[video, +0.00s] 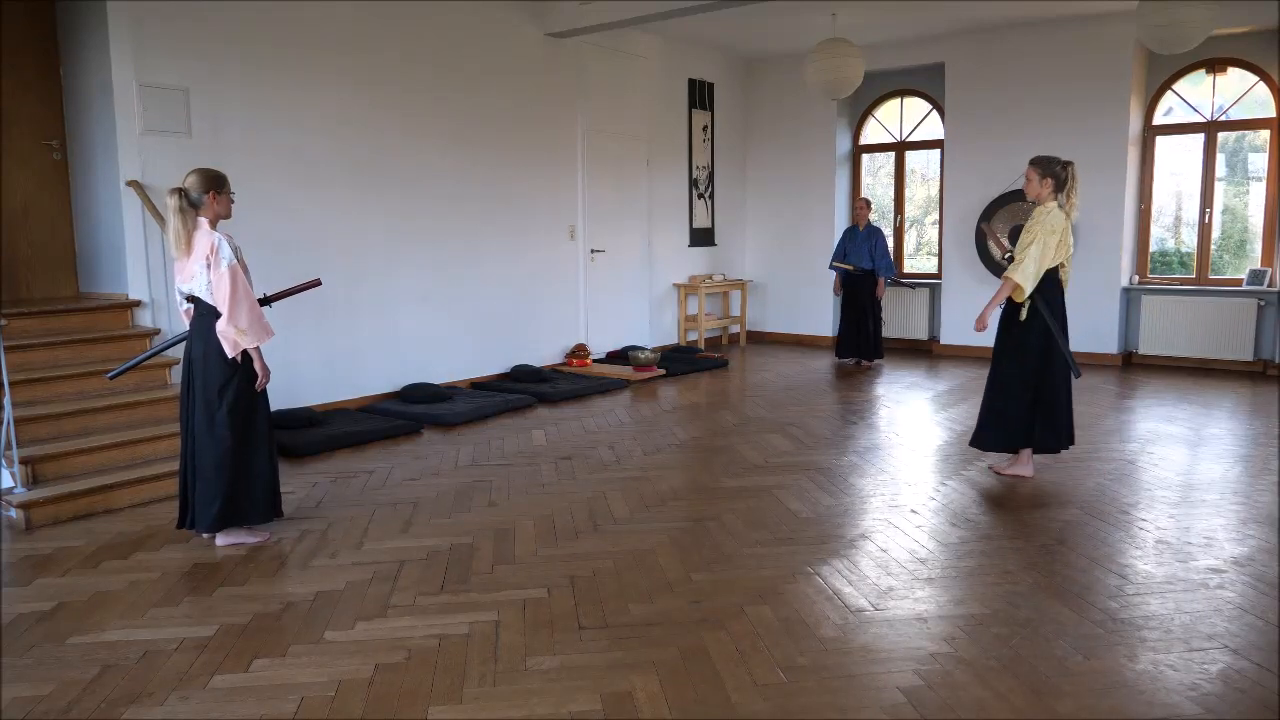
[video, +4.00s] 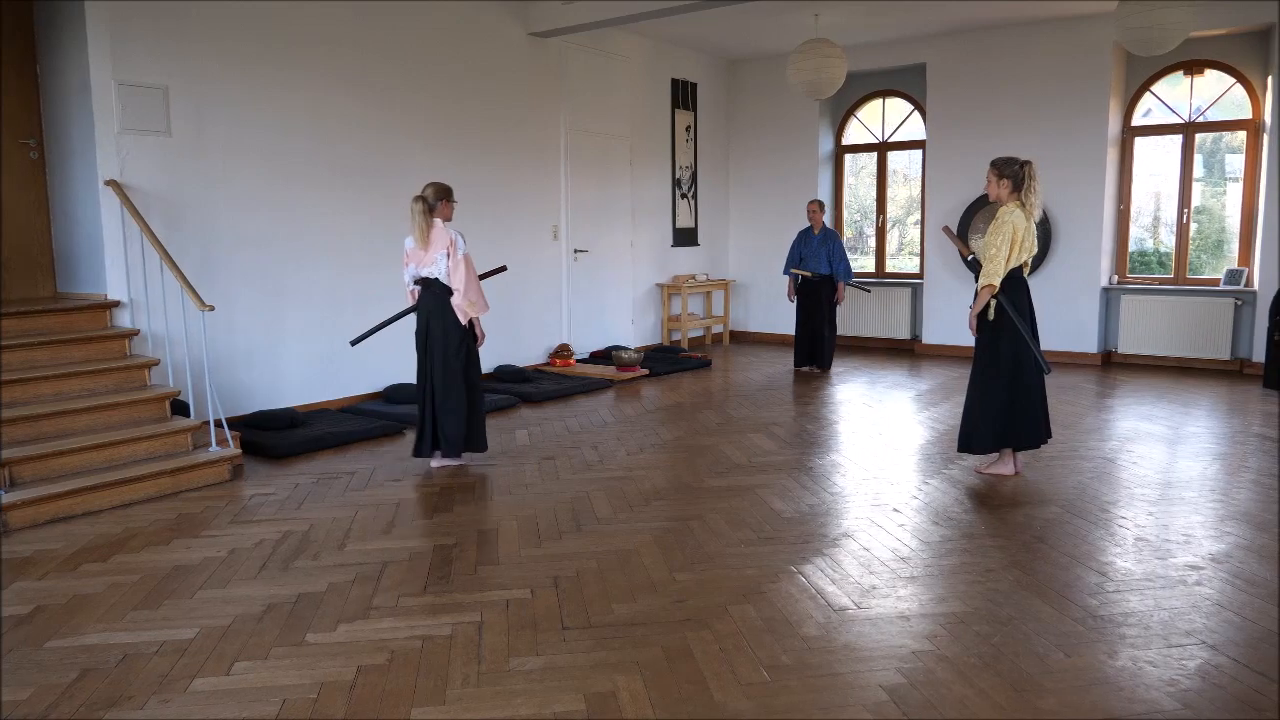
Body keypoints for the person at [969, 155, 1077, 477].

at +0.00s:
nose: (1024, 185)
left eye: (1028, 180)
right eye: (1025, 179)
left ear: (1047, 184)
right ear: (1048, 184)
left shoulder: (1046, 217)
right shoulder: (1056, 214)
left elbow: (1023, 266)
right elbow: (1046, 263)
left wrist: (989, 308)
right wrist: (1013, 255)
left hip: (1034, 303)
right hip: (1045, 301)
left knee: (1026, 376)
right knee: (1030, 375)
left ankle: (1024, 459)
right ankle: (1022, 454)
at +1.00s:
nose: (1015, 183)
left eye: (1019, 178)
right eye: (1017, 177)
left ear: (1033, 182)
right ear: (1038, 183)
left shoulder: (1033, 218)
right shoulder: (1050, 215)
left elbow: (1019, 269)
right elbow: (1021, 257)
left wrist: (999, 308)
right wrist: (989, 244)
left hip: (1027, 302)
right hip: (1041, 299)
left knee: (1024, 376)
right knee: (1033, 375)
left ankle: (1025, 459)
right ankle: (1027, 454)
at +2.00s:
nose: (1012, 185)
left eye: (1016, 179)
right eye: (1013, 179)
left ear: (1031, 182)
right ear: (1035, 182)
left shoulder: (1032, 217)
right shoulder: (1048, 214)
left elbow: (1021, 268)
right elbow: (1016, 254)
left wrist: (1001, 308)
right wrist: (987, 243)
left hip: (1028, 301)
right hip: (1041, 298)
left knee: (1025, 376)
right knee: (1033, 376)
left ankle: (1025, 459)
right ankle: (1025, 455)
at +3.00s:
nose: (1001, 185)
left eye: (1005, 181)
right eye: (1002, 180)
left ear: (1021, 183)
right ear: (1026, 183)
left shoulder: (1022, 217)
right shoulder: (1038, 215)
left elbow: (1011, 267)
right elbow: (1011, 258)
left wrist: (991, 307)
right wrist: (980, 246)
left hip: (1018, 301)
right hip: (1031, 297)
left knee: (1017, 375)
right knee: (1024, 375)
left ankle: (1019, 458)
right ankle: (1019, 455)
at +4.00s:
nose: (986, 186)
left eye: (990, 181)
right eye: (987, 181)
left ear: (1005, 184)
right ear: (1010, 184)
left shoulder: (1006, 217)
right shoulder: (1023, 216)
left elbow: (994, 269)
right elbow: (988, 266)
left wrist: (975, 307)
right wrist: (962, 246)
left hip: (1002, 301)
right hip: (1016, 298)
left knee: (1003, 375)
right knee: (1011, 374)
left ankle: (1007, 457)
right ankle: (1008, 454)